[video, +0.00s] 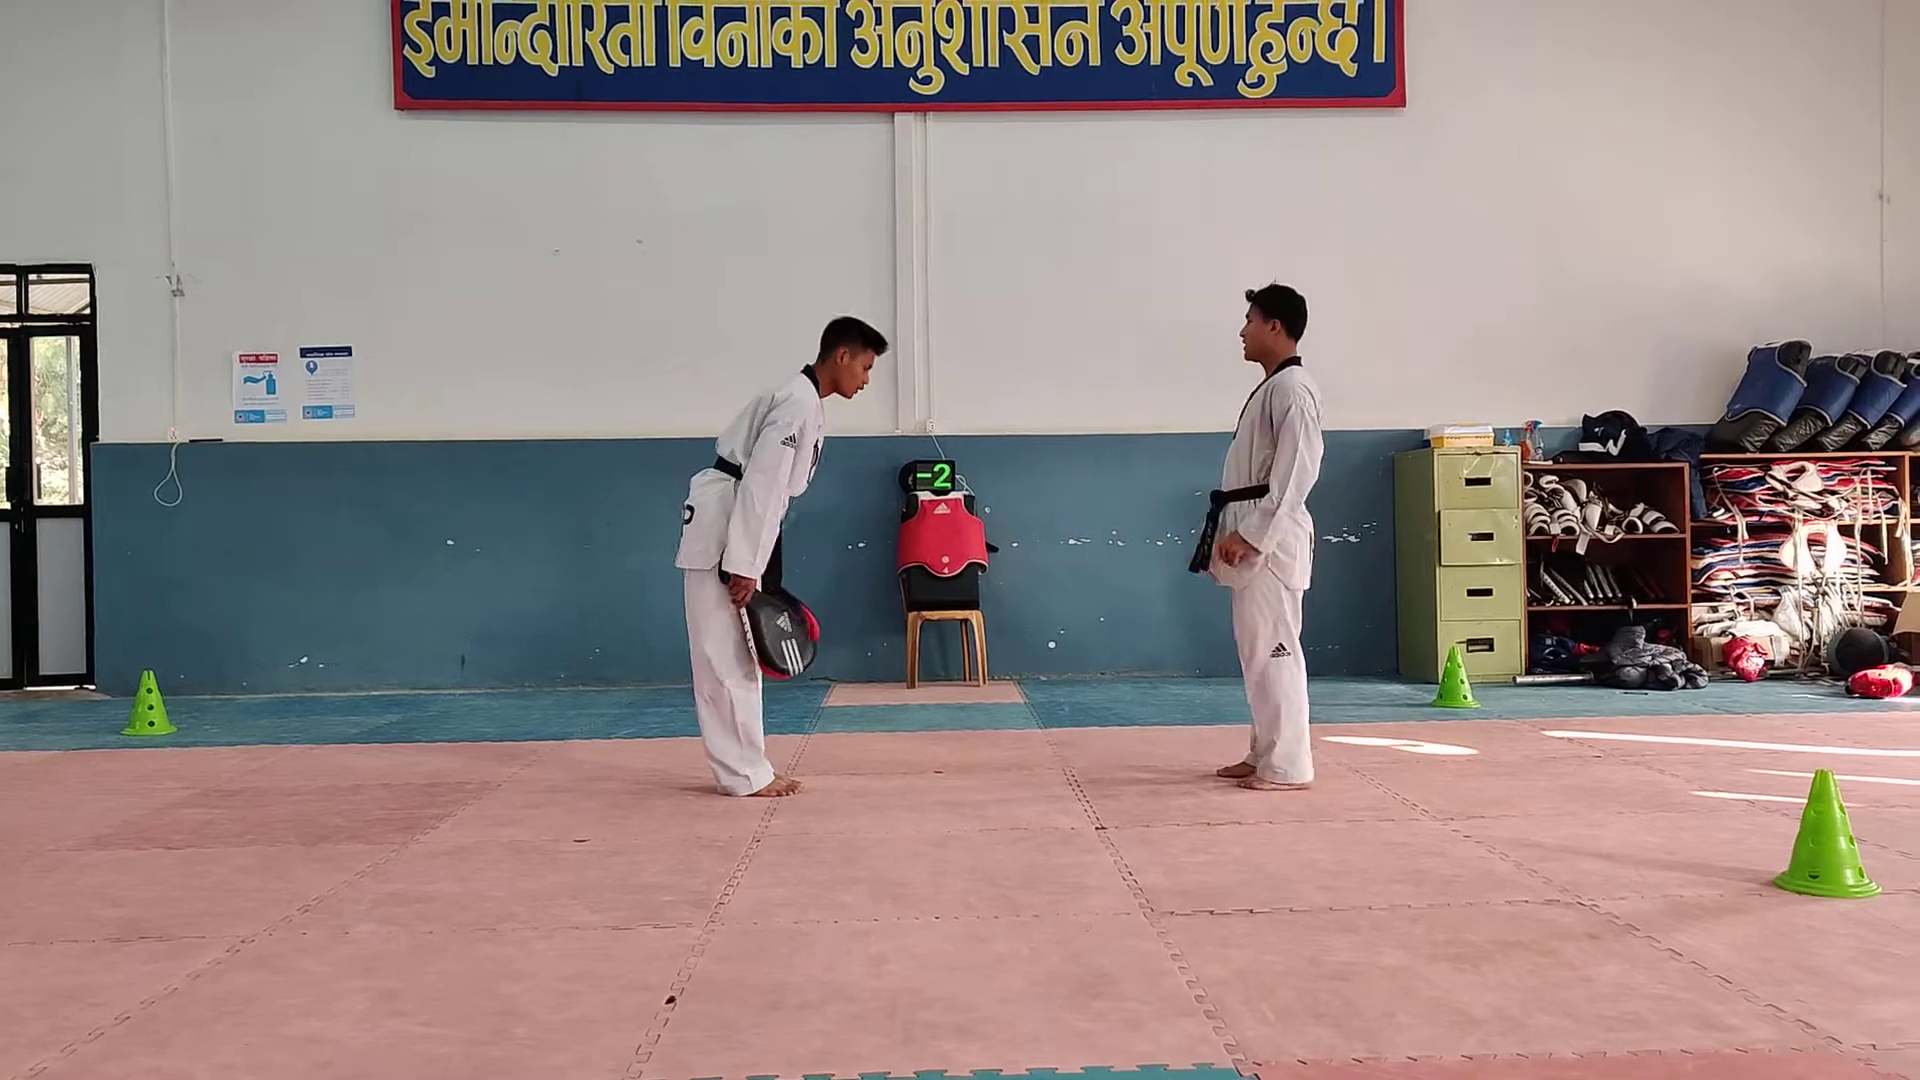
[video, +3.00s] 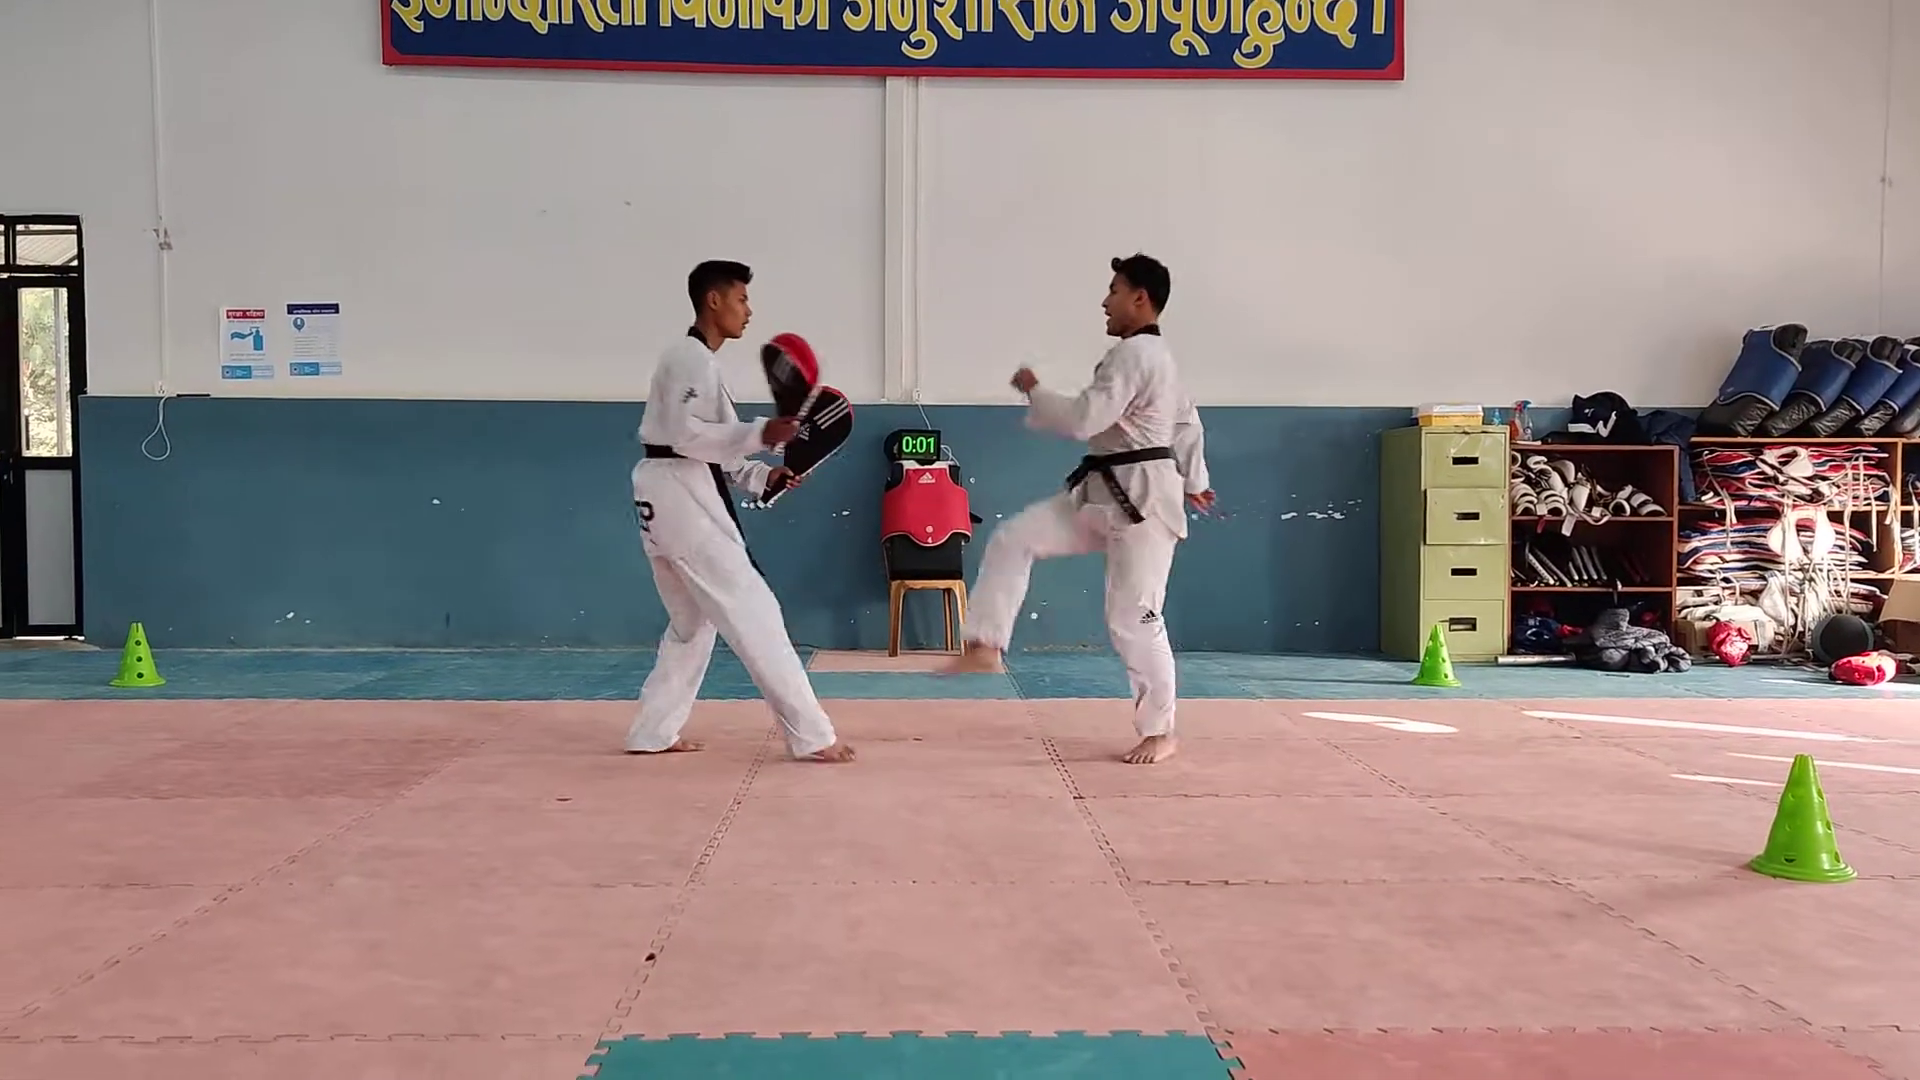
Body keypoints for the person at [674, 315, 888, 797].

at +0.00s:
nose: (866, 379)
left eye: (870, 369)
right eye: (866, 367)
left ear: (840, 357)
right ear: (841, 356)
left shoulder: (805, 404)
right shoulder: (796, 403)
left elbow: (772, 493)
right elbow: (760, 486)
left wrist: (759, 569)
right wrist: (744, 563)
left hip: (733, 535)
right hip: (718, 533)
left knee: (738, 656)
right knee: (725, 658)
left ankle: (748, 769)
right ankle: (740, 773)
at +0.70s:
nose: (817, 318)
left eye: (814, 308)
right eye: (809, 309)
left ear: (783, 317)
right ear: (783, 316)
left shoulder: (758, 375)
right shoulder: (780, 379)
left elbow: (754, 469)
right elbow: (769, 473)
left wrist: (800, 556)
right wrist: (767, 548)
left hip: (751, 521)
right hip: (769, 525)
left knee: (761, 649)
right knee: (770, 650)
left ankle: (747, 769)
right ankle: (750, 773)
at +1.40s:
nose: (776, 296)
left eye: (772, 286)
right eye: (767, 288)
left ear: (737, 301)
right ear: (743, 298)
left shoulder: (709, 363)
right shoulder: (765, 354)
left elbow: (714, 454)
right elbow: (772, 444)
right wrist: (779, 517)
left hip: (719, 505)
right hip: (759, 502)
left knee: (730, 629)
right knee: (794, 628)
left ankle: (722, 750)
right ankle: (805, 757)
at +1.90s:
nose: (814, 298)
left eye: (810, 287)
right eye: (806, 288)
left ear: (771, 298)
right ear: (780, 295)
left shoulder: (726, 357)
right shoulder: (801, 356)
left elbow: (698, 433)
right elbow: (818, 447)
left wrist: (729, 487)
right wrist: (844, 525)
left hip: (729, 494)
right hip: (779, 491)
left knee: (724, 627)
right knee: (794, 627)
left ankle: (708, 748)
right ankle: (802, 757)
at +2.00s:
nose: (825, 302)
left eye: (823, 292)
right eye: (818, 293)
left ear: (782, 300)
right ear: (793, 298)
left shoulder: (734, 353)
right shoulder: (807, 358)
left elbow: (700, 425)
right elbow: (838, 448)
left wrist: (727, 473)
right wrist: (892, 508)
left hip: (726, 487)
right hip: (773, 487)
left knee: (723, 624)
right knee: (789, 622)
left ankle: (706, 749)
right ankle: (798, 758)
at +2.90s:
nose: (779, 318)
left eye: (778, 308)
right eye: (772, 308)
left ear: (737, 314)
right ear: (744, 311)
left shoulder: (691, 370)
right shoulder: (741, 371)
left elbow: (709, 457)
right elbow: (765, 448)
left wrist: (768, 468)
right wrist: (841, 447)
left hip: (677, 502)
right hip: (717, 504)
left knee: (702, 626)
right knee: (772, 620)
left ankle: (648, 735)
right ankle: (807, 749)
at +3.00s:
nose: (749, 309)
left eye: (748, 299)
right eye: (741, 299)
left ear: (716, 304)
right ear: (711, 301)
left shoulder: (699, 363)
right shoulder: (692, 358)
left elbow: (710, 450)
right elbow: (685, 435)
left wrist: (764, 478)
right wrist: (759, 434)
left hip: (659, 489)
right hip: (679, 487)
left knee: (692, 619)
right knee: (751, 603)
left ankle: (653, 733)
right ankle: (811, 737)